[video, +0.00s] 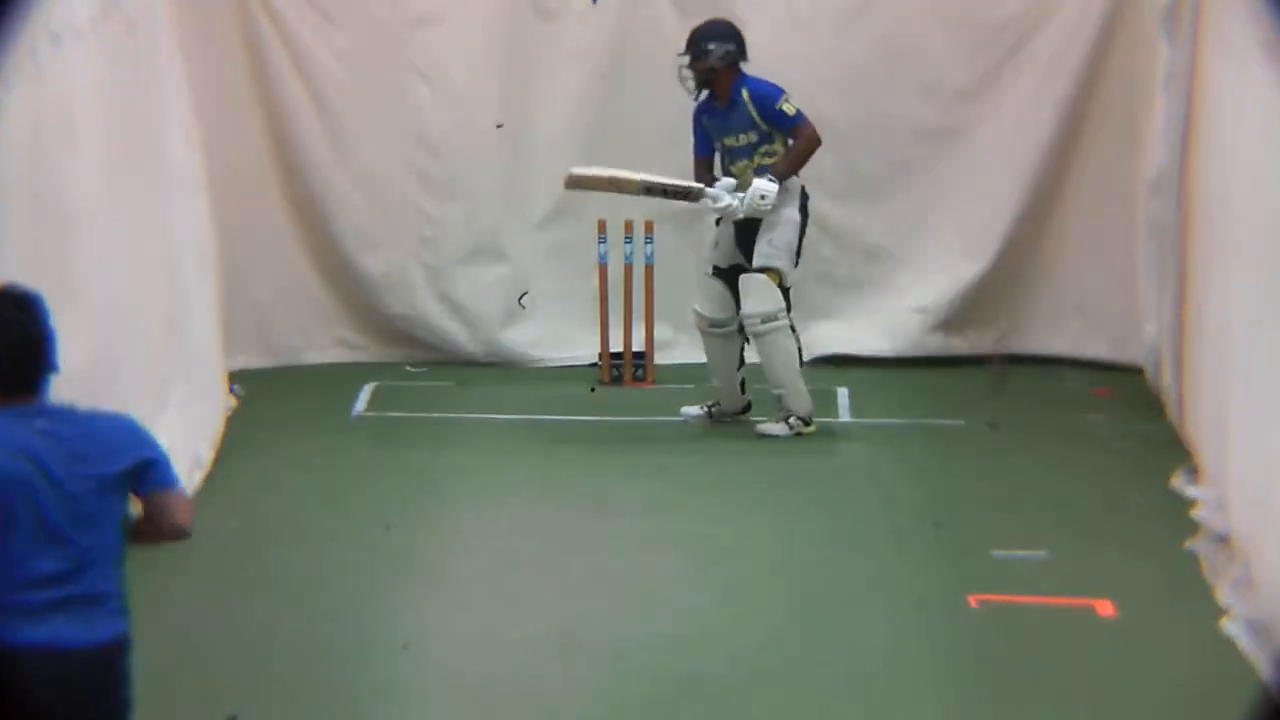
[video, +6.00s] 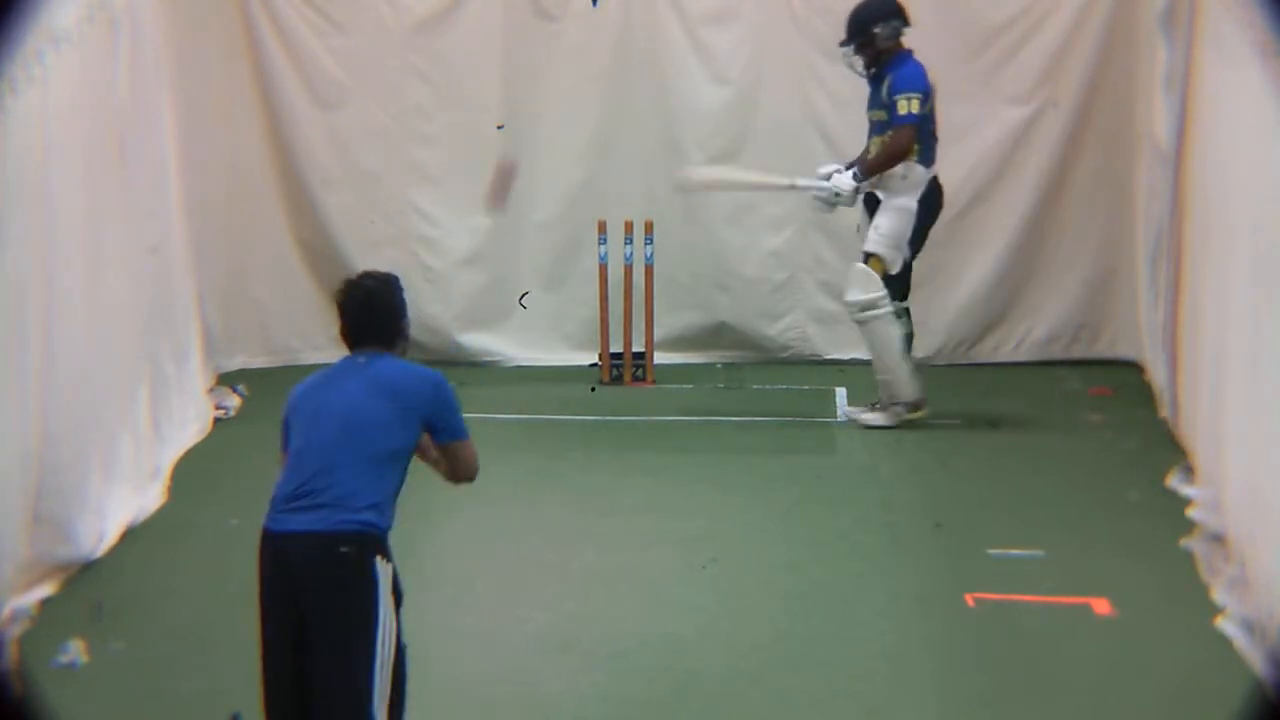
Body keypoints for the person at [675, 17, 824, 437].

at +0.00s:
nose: (691, 69)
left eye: (697, 61)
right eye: (691, 61)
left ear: (722, 59)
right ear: (715, 61)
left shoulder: (761, 95)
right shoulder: (704, 114)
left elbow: (808, 137)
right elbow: (702, 172)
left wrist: (771, 178)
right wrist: (715, 190)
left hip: (781, 204)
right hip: (736, 208)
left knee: (762, 300)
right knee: (715, 304)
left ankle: (797, 412)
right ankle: (730, 403)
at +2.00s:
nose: (715, 52)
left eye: (718, 45)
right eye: (716, 46)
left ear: (730, 41)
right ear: (756, 42)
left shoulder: (737, 67)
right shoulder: (765, 80)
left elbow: (750, 119)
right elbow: (758, 152)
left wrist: (749, 186)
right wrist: (717, 203)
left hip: (744, 195)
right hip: (756, 194)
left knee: (722, 295)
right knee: (734, 299)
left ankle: (776, 395)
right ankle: (737, 397)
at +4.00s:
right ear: (1082, 181)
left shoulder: (1009, 168)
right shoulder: (1083, 190)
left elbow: (964, 186)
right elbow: (1106, 268)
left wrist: (930, 223)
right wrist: (1107, 326)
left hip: (998, 192)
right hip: (1052, 202)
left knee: (977, 292)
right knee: (1051, 302)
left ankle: (970, 380)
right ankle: (1032, 398)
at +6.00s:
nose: (856, 54)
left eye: (861, 45)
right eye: (855, 46)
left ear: (882, 37)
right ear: (880, 39)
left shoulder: (906, 75)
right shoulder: (884, 77)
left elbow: (903, 142)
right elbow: (879, 143)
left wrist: (853, 179)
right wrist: (846, 171)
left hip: (909, 192)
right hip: (887, 190)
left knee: (867, 290)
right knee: (886, 293)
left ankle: (902, 398)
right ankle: (897, 395)